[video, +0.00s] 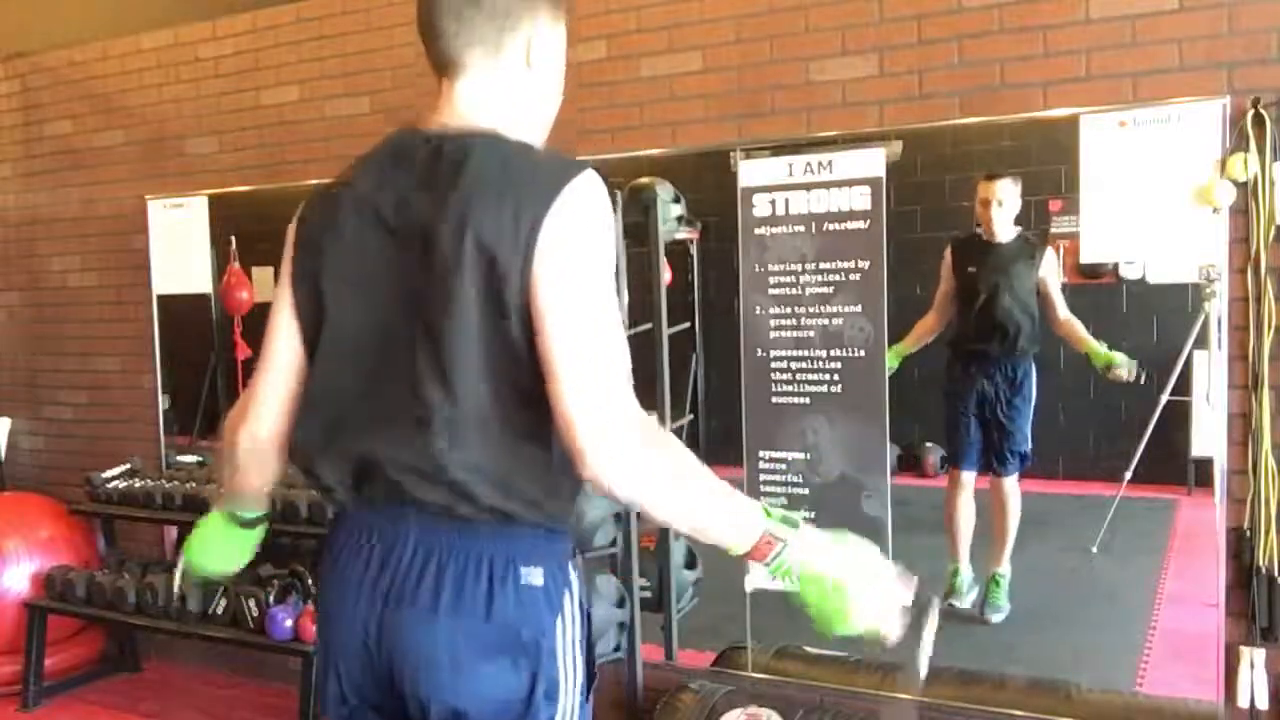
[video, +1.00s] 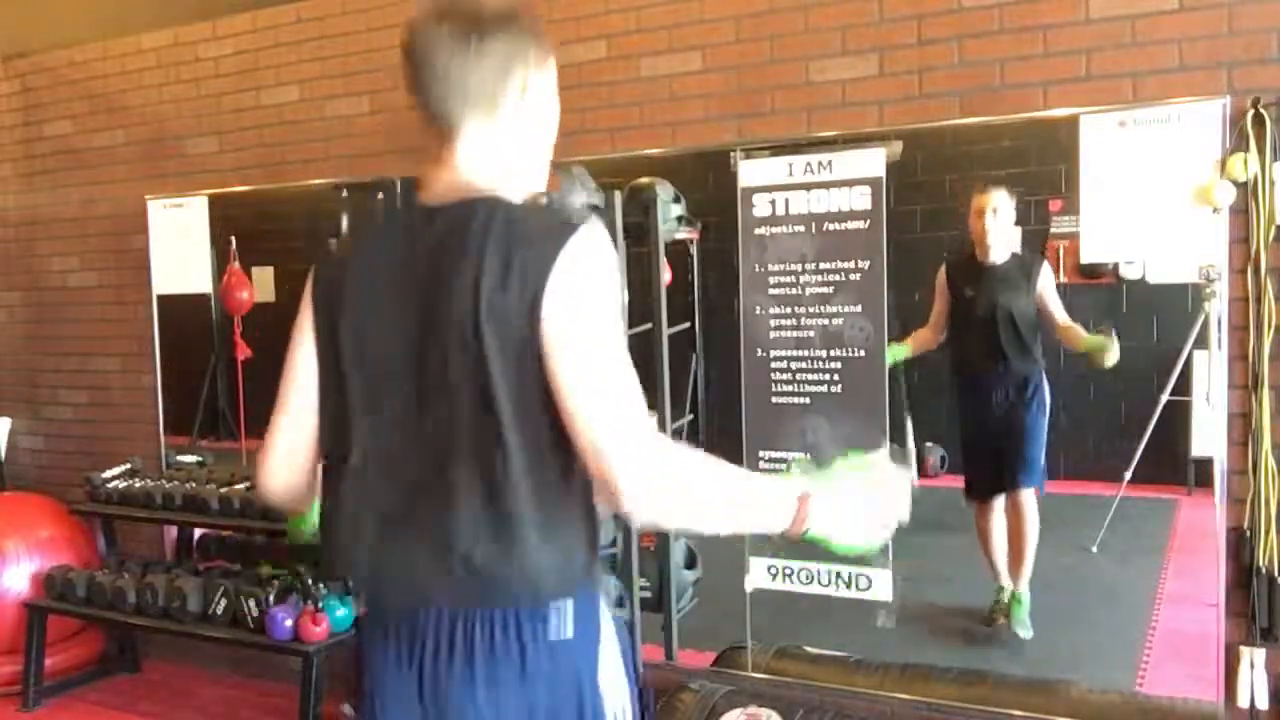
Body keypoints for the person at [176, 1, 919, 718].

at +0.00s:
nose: (563, 79)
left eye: (561, 55)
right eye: (562, 54)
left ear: (435, 54)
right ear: (538, 50)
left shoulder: (329, 207)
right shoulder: (558, 193)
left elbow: (255, 441)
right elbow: (608, 446)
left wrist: (235, 510)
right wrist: (784, 546)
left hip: (356, 566)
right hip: (502, 583)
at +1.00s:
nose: (557, 118)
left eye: (553, 93)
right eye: (553, 93)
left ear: (424, 105)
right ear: (528, 97)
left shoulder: (339, 270)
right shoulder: (557, 247)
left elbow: (282, 478)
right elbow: (632, 472)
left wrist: (393, 434)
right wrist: (810, 502)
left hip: (396, 637)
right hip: (539, 635)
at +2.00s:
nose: (540, 80)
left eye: (538, 57)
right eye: (537, 56)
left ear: (416, 62)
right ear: (517, 57)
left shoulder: (311, 229)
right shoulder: (540, 198)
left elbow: (268, 454)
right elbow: (589, 441)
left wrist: (267, 512)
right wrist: (760, 533)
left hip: (356, 573)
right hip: (504, 582)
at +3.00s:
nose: (562, 156)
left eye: (557, 130)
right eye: (557, 130)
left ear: (436, 136)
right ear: (530, 129)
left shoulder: (326, 302)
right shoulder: (563, 292)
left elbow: (265, 508)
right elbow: (638, 524)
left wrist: (373, 440)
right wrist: (812, 522)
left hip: (373, 665)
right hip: (520, 667)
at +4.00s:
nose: (511, 69)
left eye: (504, 45)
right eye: (503, 45)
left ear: (383, 58)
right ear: (479, 44)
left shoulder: (280, 223)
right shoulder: (508, 184)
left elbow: (236, 433)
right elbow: (574, 430)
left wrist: (212, 550)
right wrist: (755, 541)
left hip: (340, 583)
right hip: (492, 585)